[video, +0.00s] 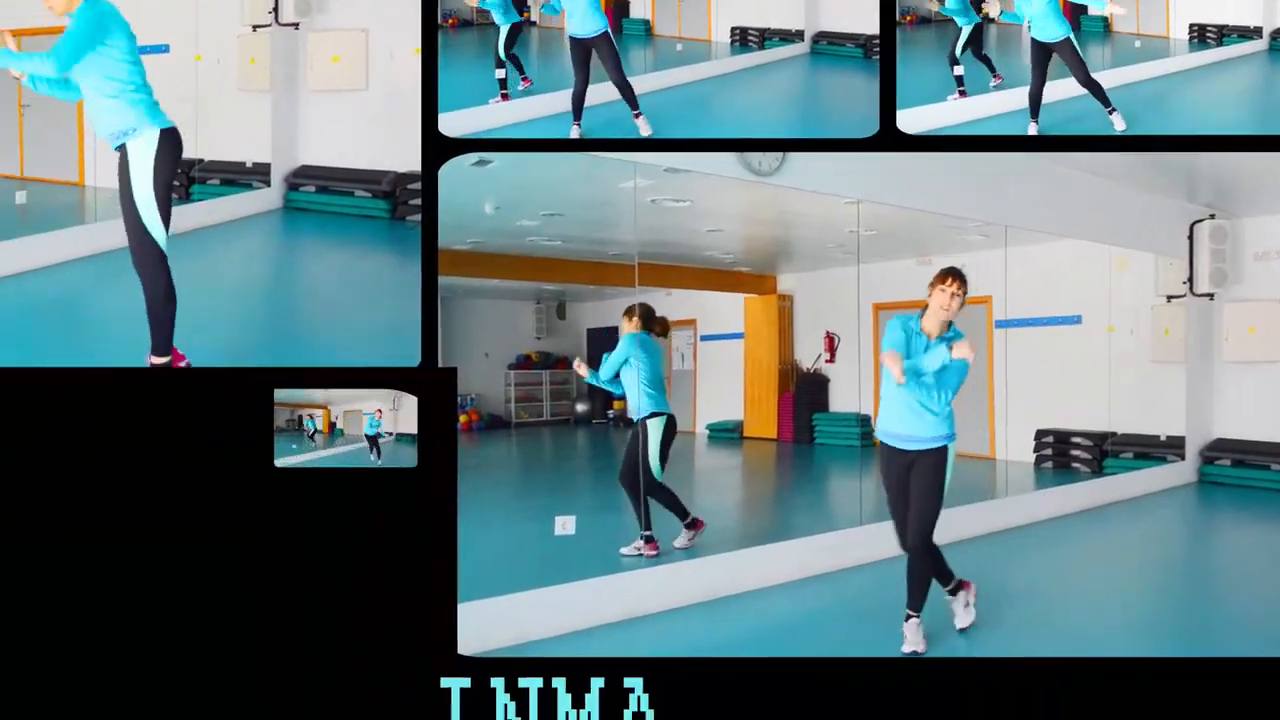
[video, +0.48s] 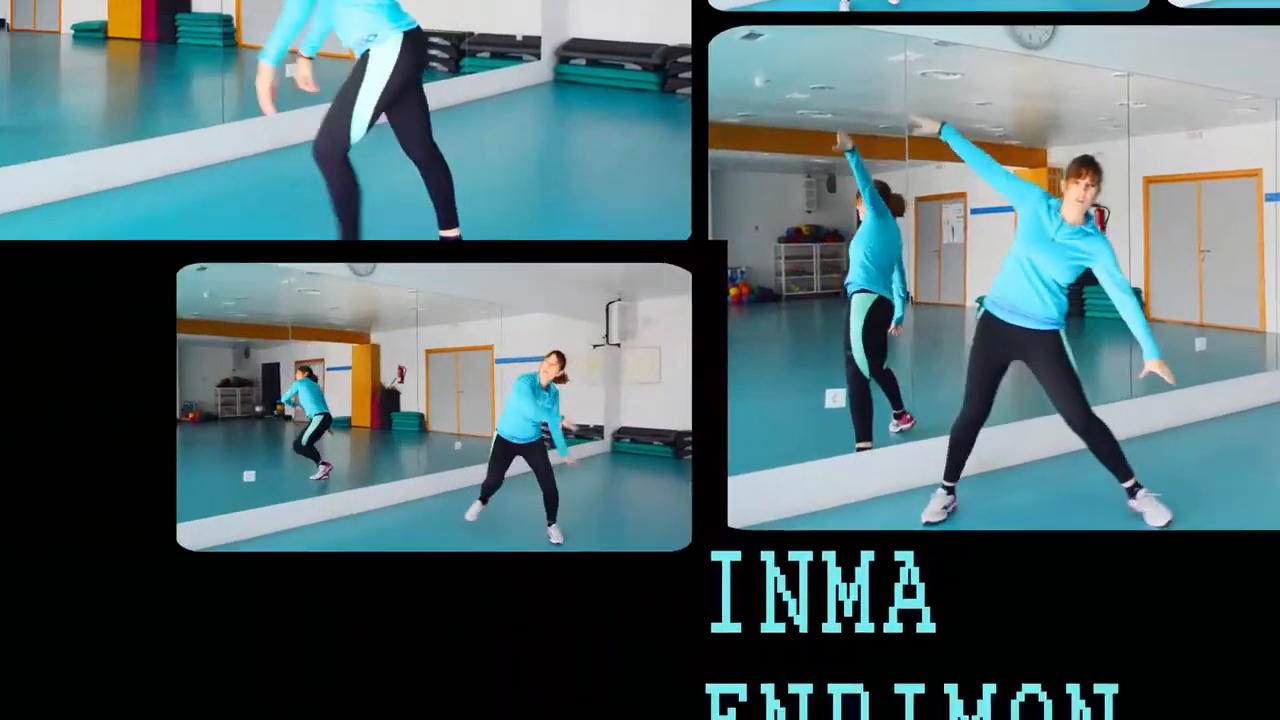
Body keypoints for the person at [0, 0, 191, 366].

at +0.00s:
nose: (45, 4)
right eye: (45, 1)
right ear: (66, 0)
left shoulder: (95, 12)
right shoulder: (86, 27)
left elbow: (55, 63)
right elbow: (72, 90)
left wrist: (5, 54)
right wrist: (25, 74)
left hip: (148, 141)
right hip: (135, 144)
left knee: (150, 256)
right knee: (146, 255)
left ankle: (162, 357)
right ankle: (164, 355)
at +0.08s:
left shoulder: (132, 3)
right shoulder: (117, 13)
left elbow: (64, 20)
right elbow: (77, 49)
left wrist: (8, 12)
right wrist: (26, 27)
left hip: (190, 114)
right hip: (179, 116)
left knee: (192, 230)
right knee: (188, 230)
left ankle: (205, 337)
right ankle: (195, 330)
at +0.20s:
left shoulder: (189, 1)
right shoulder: (172, 4)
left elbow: (113, 4)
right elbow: (112, 4)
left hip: (254, 105)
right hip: (238, 111)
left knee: (265, 216)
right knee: (245, 215)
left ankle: (301, 318)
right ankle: (270, 313)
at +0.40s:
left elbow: (234, 3)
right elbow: (246, 8)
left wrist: (163, 30)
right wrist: (198, 32)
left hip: (353, 64)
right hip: (358, 61)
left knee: (316, 177)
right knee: (363, 169)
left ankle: (373, 256)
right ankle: (397, 256)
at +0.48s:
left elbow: (298, 6)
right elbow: (329, 5)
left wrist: (267, 60)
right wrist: (306, 53)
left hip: (387, 45)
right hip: (399, 40)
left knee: (328, 149)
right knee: (422, 148)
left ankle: (351, 247)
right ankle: (451, 236)